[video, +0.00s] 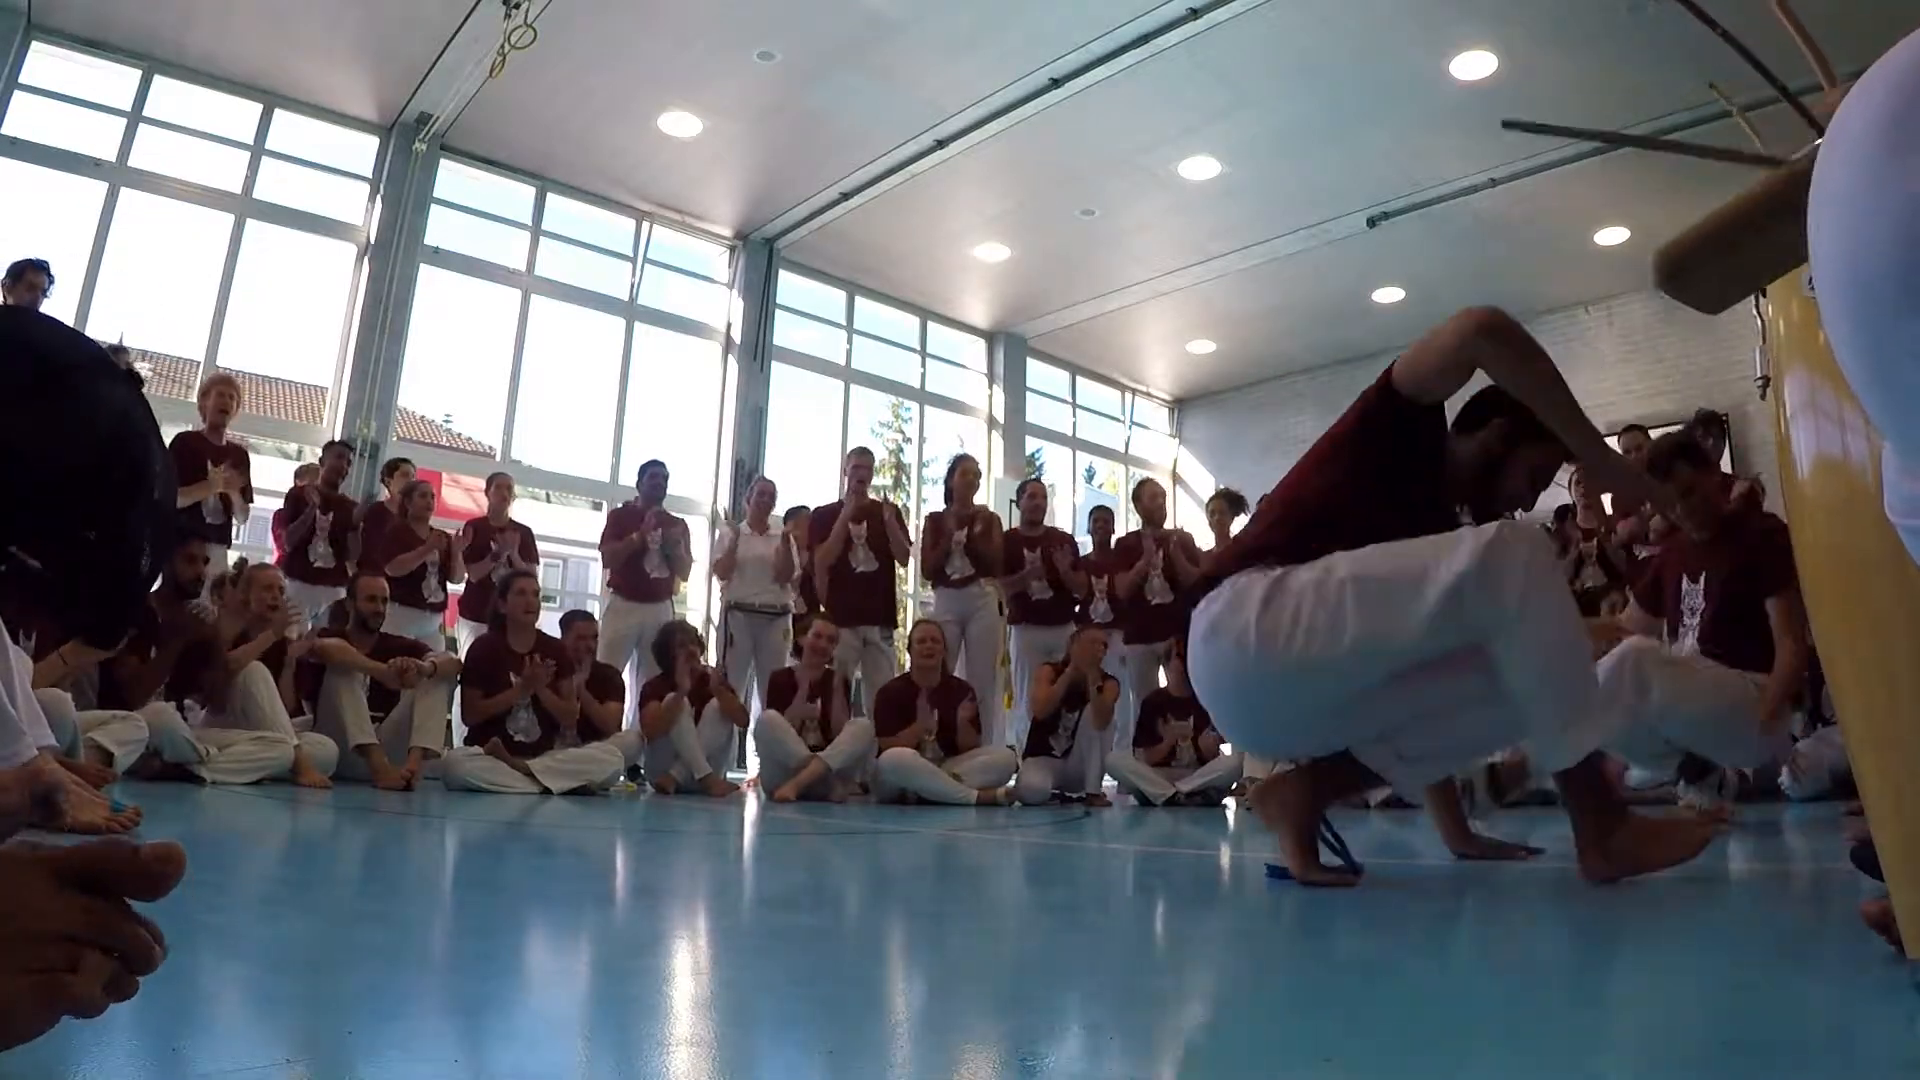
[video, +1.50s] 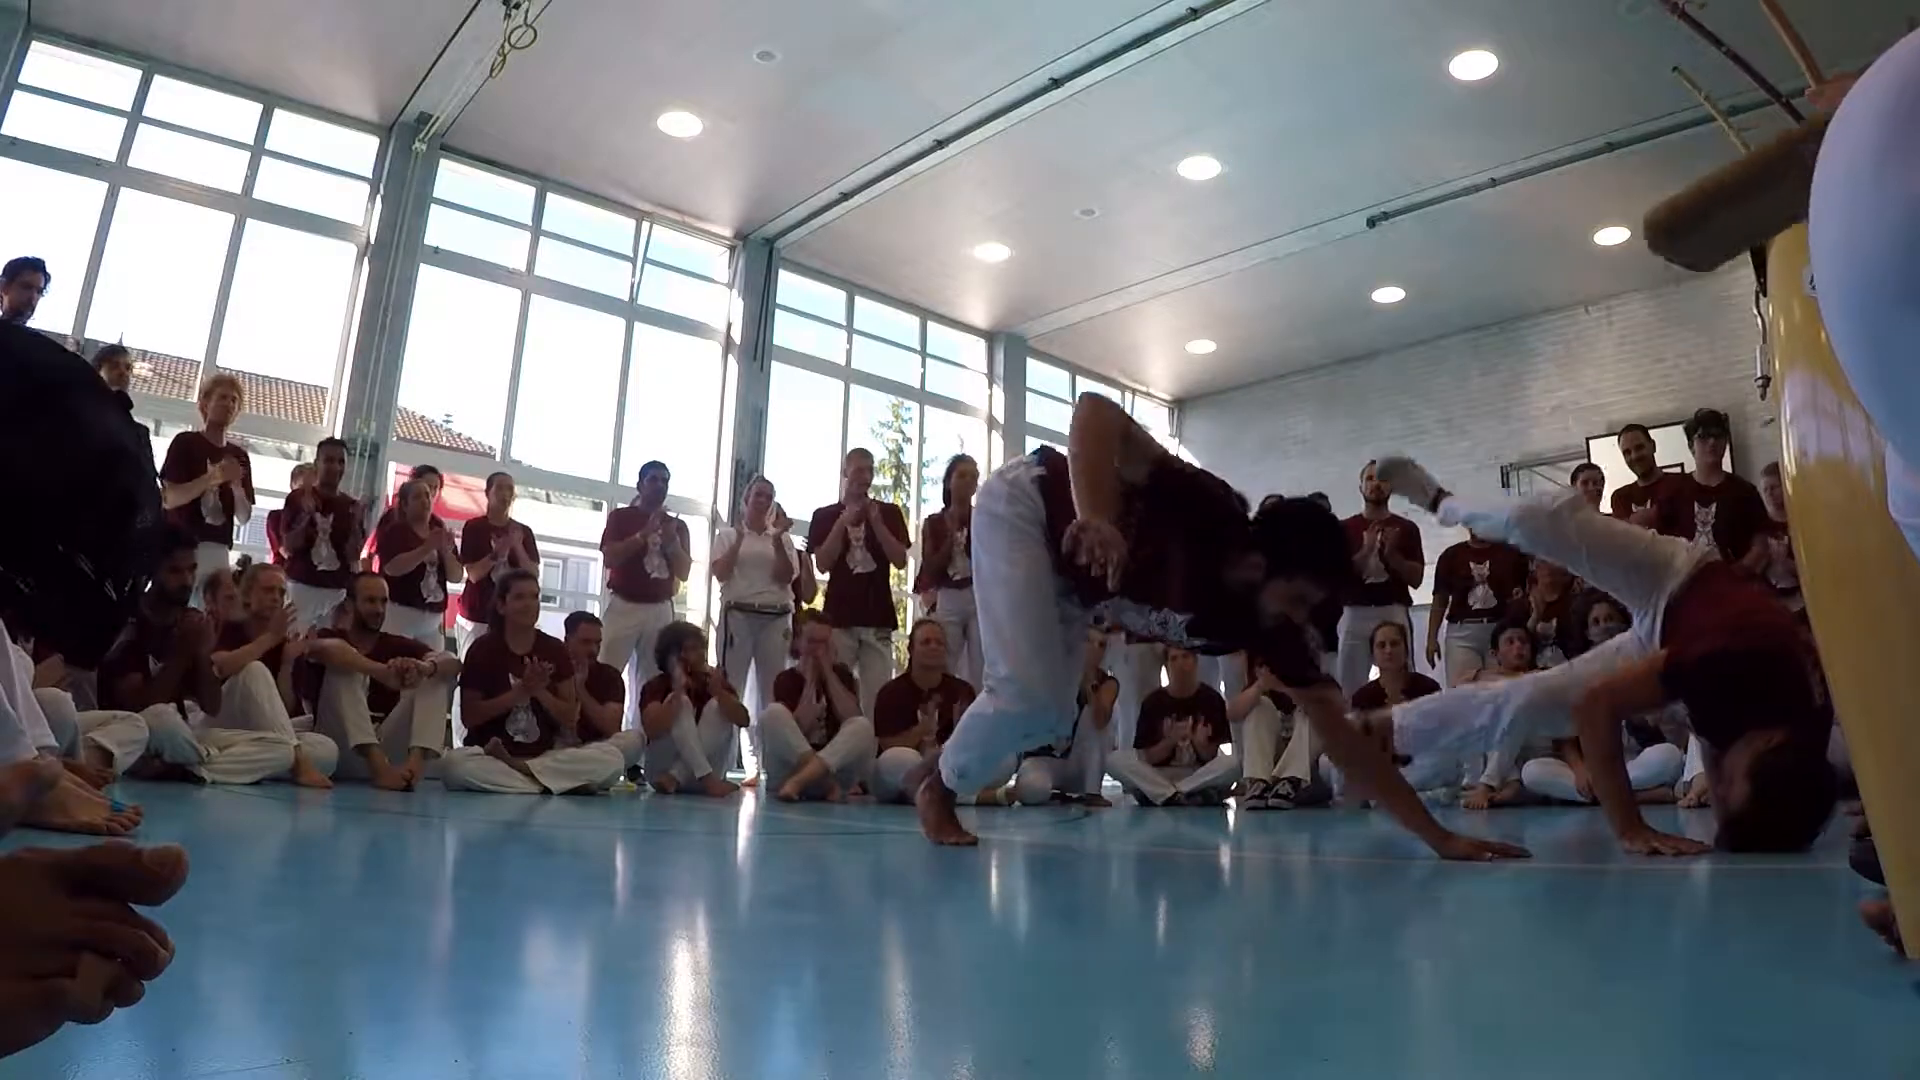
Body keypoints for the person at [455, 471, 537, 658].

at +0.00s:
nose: (504, 494)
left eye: (508, 489)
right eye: (498, 488)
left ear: (513, 495)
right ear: (487, 493)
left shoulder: (524, 533)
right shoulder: (473, 527)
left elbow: (531, 576)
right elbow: (473, 574)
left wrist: (514, 554)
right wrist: (497, 554)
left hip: (510, 619)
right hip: (474, 615)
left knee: (505, 683)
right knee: (471, 680)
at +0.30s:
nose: (503, 494)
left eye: (508, 489)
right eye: (497, 488)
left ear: (512, 495)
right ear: (486, 493)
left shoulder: (524, 532)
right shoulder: (473, 528)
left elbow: (532, 574)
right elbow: (473, 574)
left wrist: (516, 552)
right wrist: (501, 550)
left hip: (511, 618)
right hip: (475, 615)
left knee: (506, 680)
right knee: (473, 680)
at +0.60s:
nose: (503, 493)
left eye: (507, 489)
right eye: (497, 488)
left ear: (512, 495)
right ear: (486, 493)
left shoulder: (523, 533)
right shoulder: (473, 528)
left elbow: (533, 574)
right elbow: (472, 575)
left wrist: (515, 557)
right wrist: (500, 553)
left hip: (511, 619)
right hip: (475, 616)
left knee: (505, 681)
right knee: (472, 680)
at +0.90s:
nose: (504, 494)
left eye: (508, 489)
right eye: (498, 488)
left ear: (512, 495)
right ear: (486, 493)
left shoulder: (521, 530)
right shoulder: (473, 528)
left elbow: (532, 575)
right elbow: (473, 575)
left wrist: (522, 543)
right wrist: (493, 554)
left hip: (511, 617)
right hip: (475, 614)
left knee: (506, 678)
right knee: (472, 679)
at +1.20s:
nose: (505, 493)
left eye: (509, 489)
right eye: (499, 488)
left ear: (513, 494)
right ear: (487, 493)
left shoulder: (523, 532)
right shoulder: (473, 528)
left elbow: (532, 574)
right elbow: (472, 575)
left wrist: (518, 549)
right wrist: (497, 554)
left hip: (511, 617)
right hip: (474, 615)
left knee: (505, 680)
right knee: (471, 680)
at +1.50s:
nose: (504, 494)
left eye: (509, 489)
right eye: (499, 489)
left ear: (514, 495)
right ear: (488, 493)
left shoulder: (523, 532)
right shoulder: (473, 527)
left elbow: (533, 573)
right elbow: (473, 575)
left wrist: (518, 547)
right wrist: (496, 554)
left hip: (510, 619)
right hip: (474, 616)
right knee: (470, 680)